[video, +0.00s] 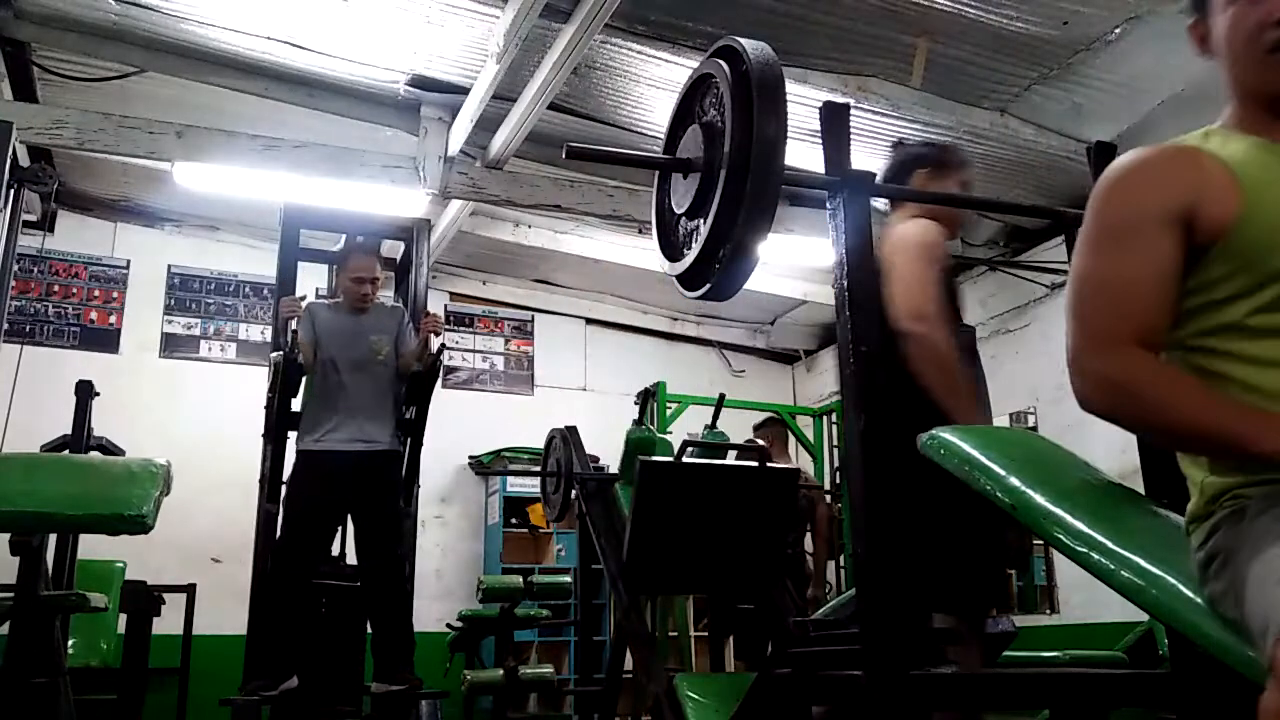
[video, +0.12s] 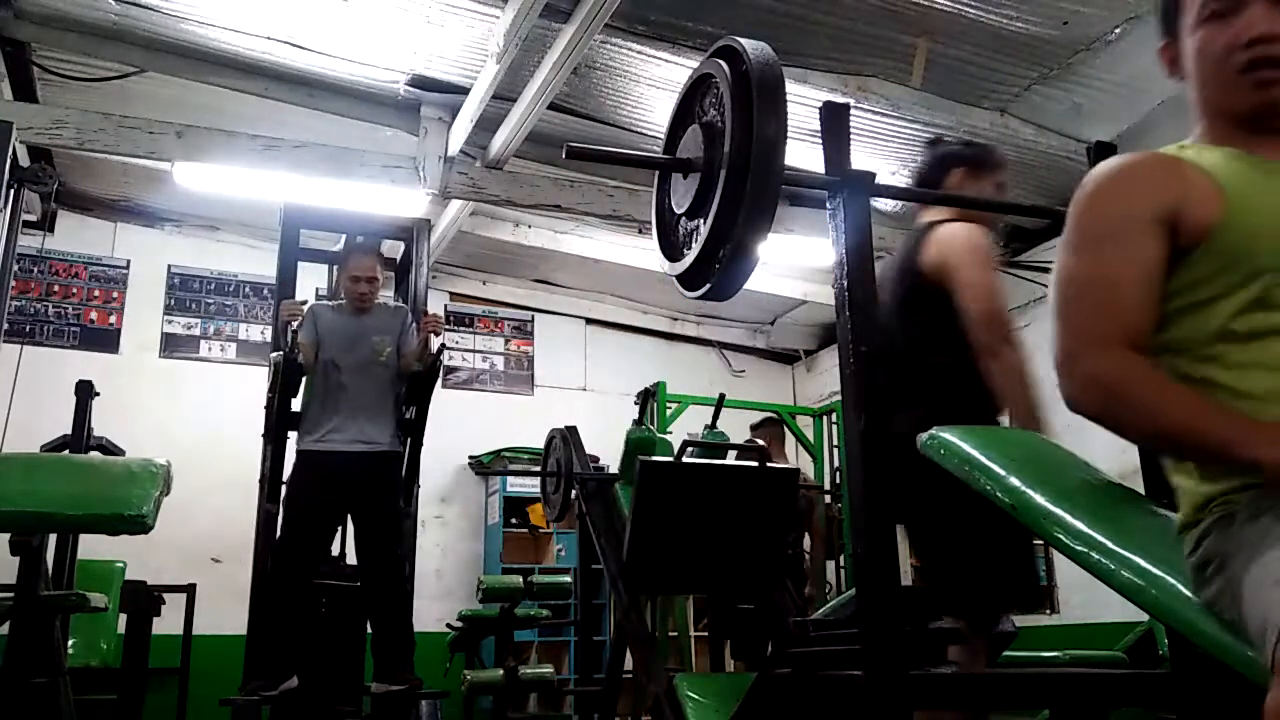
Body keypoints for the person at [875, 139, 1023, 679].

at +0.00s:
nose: (963, 202)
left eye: (964, 190)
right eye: (956, 189)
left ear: (911, 187)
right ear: (921, 181)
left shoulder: (884, 242)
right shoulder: (915, 231)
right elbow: (917, 325)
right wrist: (972, 423)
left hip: (893, 444)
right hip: (927, 444)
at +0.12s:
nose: (998, 198)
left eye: (999, 186)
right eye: (991, 185)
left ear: (939, 185)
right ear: (958, 181)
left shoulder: (913, 249)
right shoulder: (960, 237)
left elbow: (911, 353)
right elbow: (992, 339)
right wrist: (1032, 431)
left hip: (911, 440)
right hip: (956, 440)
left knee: (949, 578)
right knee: (980, 589)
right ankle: (968, 697)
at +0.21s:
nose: (1023, 207)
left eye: (1024, 195)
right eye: (1017, 192)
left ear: (964, 188)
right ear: (982, 183)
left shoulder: (924, 259)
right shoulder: (989, 242)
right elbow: (1031, 365)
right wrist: (1087, 459)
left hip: (929, 455)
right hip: (985, 454)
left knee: (977, 610)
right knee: (1013, 608)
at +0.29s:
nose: (1043, 212)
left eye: (1045, 201)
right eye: (1039, 199)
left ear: (985, 193)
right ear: (1009, 188)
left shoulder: (936, 273)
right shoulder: (1004, 247)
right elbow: (1072, 312)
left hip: (946, 467)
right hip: (1006, 465)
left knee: (980, 615)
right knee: (1043, 608)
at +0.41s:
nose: (1077, 227)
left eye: (1078, 216)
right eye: (1073, 214)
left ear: (1015, 205)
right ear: (1043, 203)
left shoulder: (972, 285)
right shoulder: (1041, 274)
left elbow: (949, 392)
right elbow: (1056, 385)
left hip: (982, 467)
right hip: (1038, 464)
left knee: (1017, 605)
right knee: (1075, 612)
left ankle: (974, 706)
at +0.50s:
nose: (1079, 225)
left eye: (1080, 214)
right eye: (1071, 213)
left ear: (1020, 220)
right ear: (1050, 213)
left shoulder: (993, 293)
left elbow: (972, 406)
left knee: (1078, 622)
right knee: (1081, 621)